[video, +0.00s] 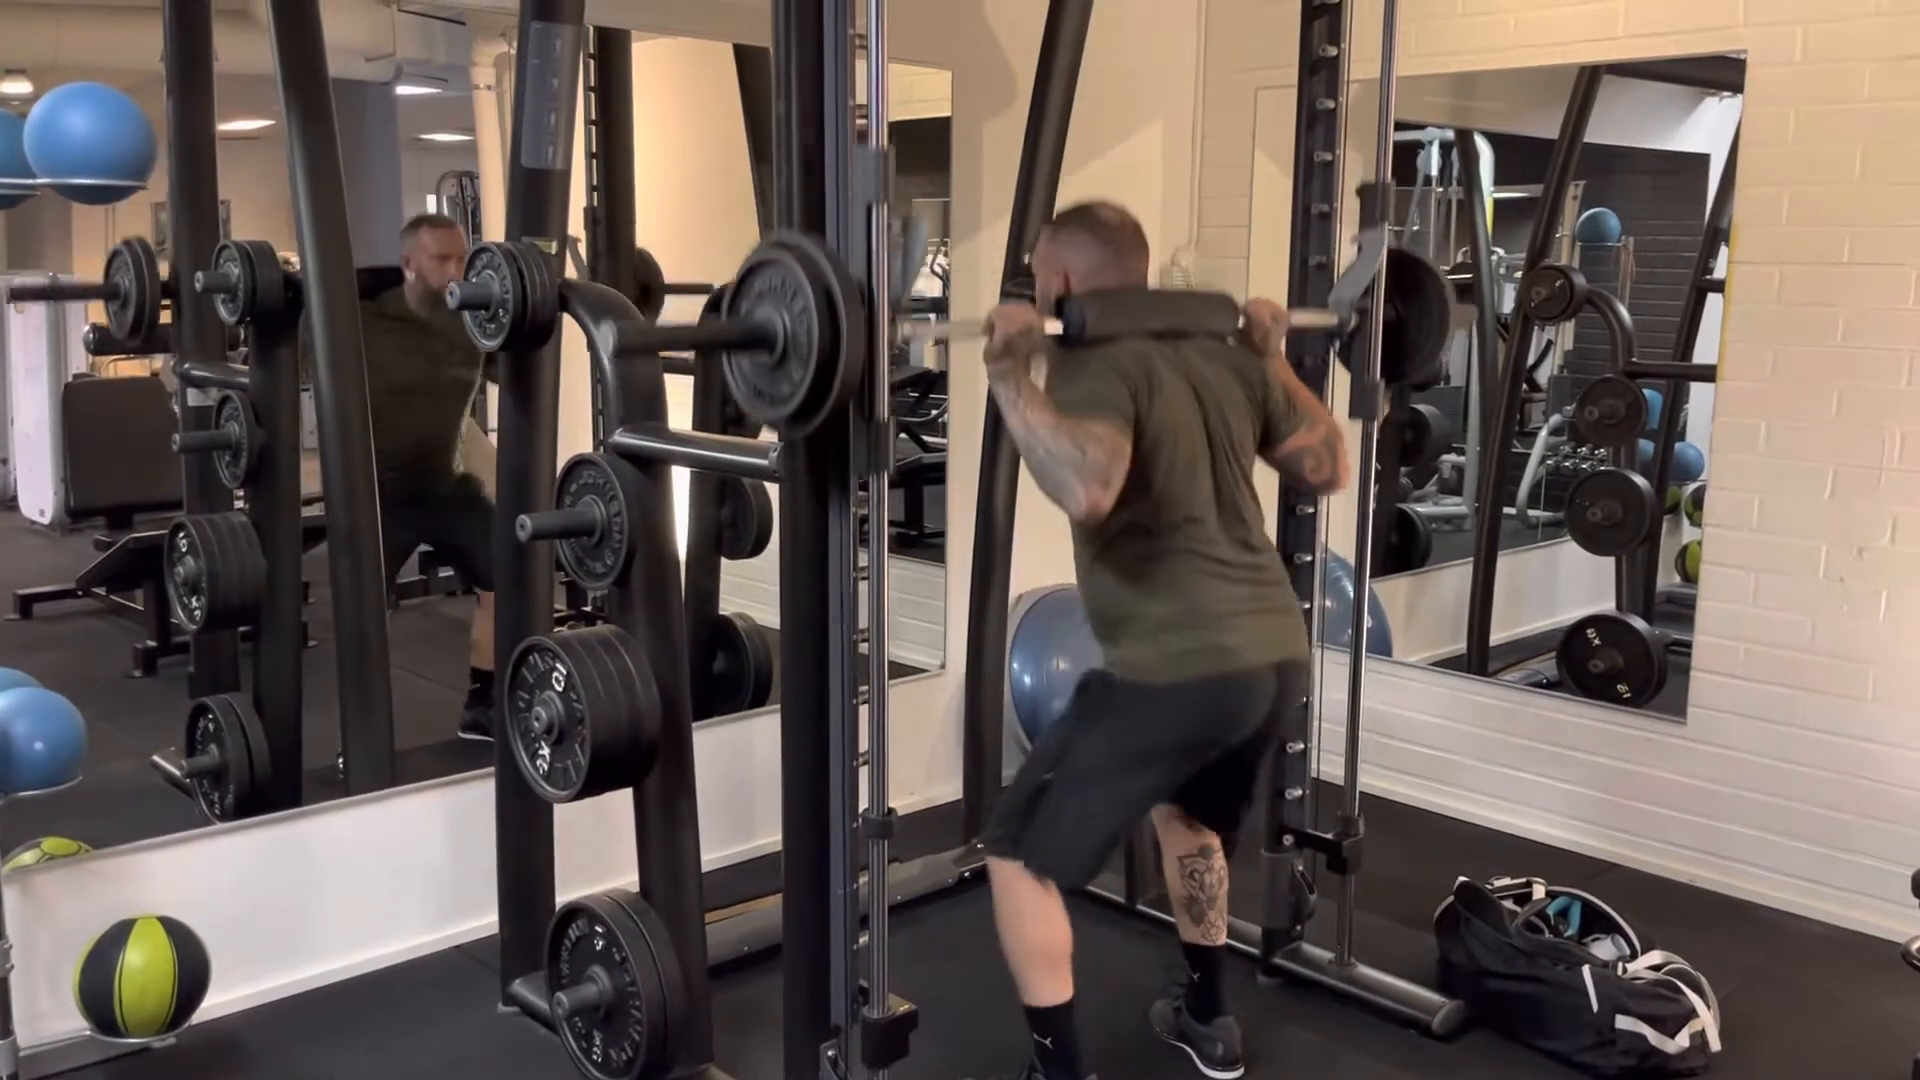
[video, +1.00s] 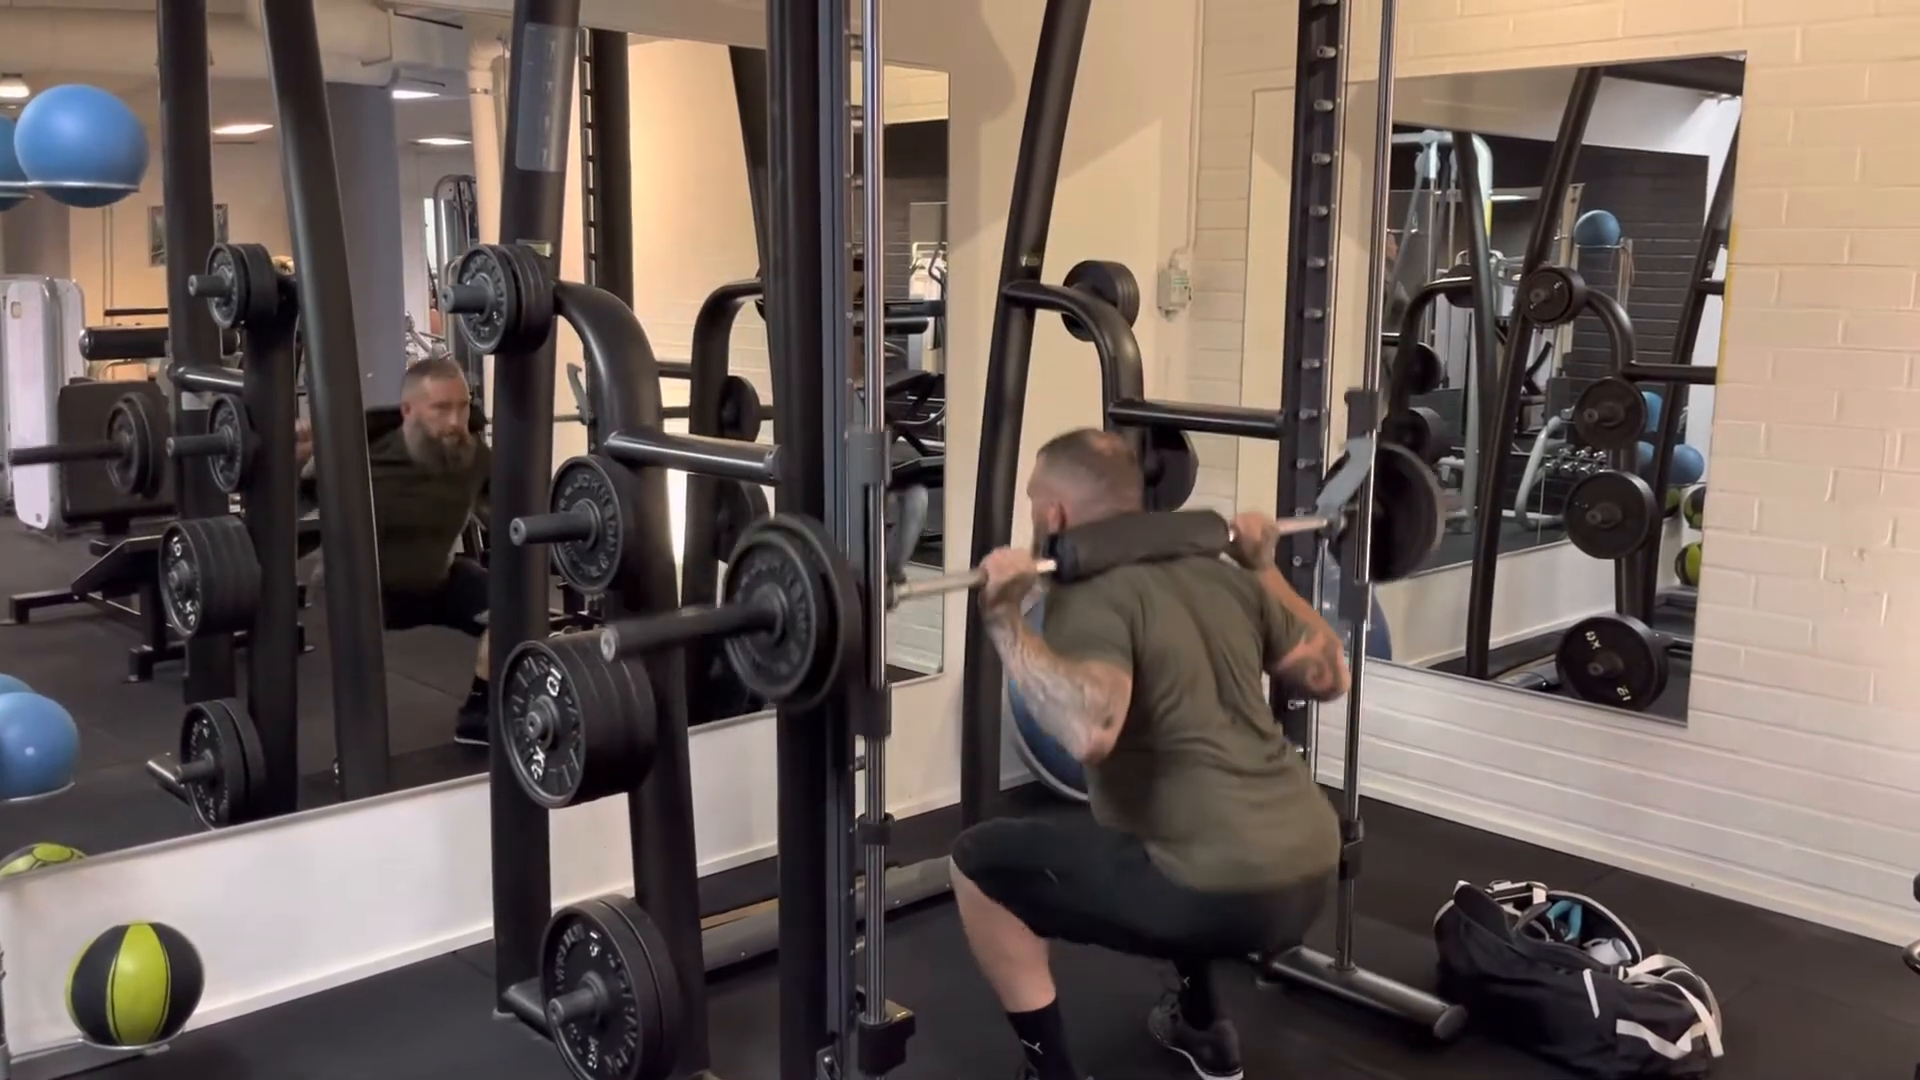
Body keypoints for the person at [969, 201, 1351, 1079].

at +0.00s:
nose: (1040, 300)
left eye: (1045, 284)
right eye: (1040, 284)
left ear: (1071, 280)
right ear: (1140, 271)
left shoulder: (1101, 361)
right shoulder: (1228, 351)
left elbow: (1087, 484)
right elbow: (1324, 464)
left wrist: (1011, 376)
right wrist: (1275, 356)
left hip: (1173, 674)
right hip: (1271, 664)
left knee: (1019, 850)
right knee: (1187, 810)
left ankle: (1058, 1067)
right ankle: (1210, 1022)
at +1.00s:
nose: (1034, 524)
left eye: (1035, 508)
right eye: (1033, 507)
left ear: (1058, 515)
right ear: (1132, 503)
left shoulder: (1094, 591)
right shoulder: (1222, 575)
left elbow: (1091, 729)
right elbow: (1329, 674)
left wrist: (1004, 621)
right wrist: (1265, 568)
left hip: (1209, 892)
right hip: (1309, 876)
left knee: (977, 863)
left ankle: (1050, 1067)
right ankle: (1203, 1021)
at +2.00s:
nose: (1037, 223)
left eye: (1041, 207)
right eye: (1043, 207)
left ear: (1063, 208)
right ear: (1141, 205)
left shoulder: (1087, 302)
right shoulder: (1210, 299)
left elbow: (1074, 429)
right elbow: (1305, 420)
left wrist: (1001, 309)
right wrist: (1266, 310)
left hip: (1119, 622)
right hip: (1216, 608)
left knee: (1057, 854)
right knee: (1186, 825)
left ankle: (1056, 1067)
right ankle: (1203, 1032)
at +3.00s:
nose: (1028, 422)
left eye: (1030, 408)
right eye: (1028, 409)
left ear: (1048, 416)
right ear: (1127, 402)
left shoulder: (1093, 486)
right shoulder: (1222, 477)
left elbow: (1089, 615)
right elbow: (1327, 579)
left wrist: (999, 506)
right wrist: (1265, 476)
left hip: (1186, 798)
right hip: (1285, 782)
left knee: (981, 883)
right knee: (1159, 844)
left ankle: (1045, 1068)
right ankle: (1200, 1033)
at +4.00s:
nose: (1034, 490)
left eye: (1035, 475)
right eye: (1033, 475)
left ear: (1058, 480)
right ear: (1134, 467)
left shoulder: (1095, 555)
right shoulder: (1221, 544)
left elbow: (1091, 684)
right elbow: (1329, 643)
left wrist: (1001, 575)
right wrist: (1264, 540)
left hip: (1209, 850)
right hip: (1313, 836)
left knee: (986, 884)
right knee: (1150, 839)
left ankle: (1046, 1070)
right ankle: (1200, 1038)